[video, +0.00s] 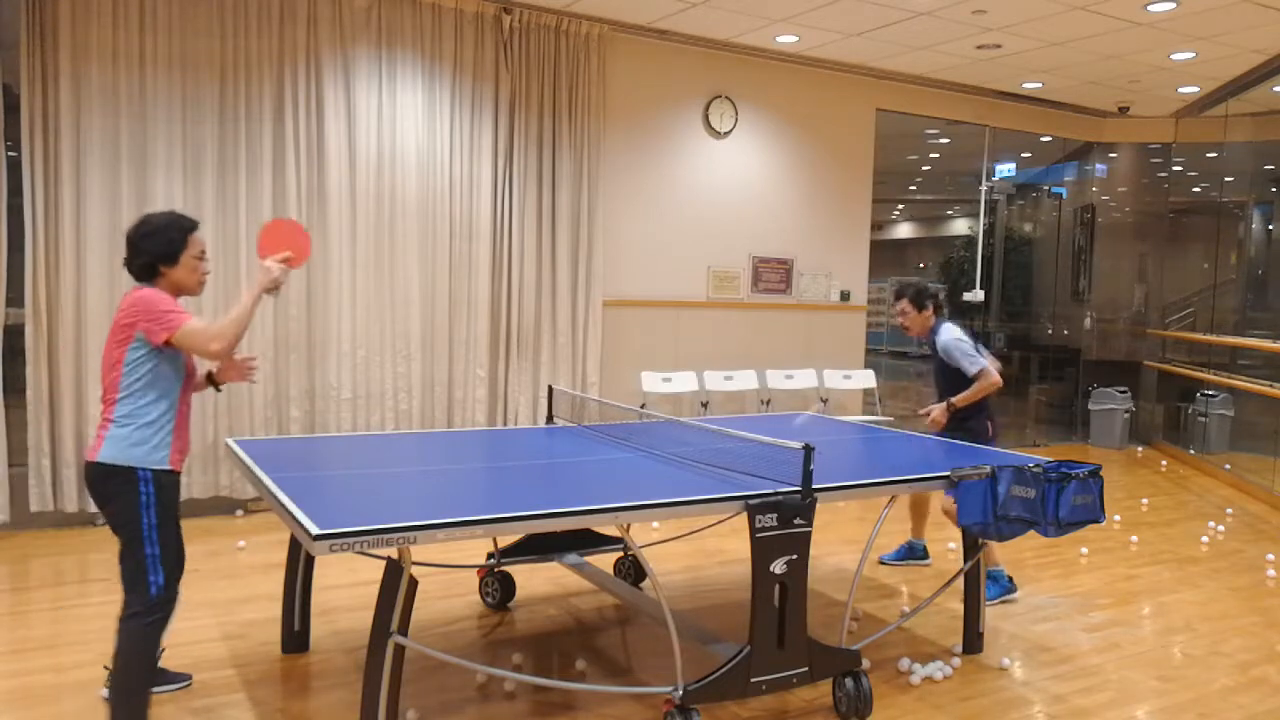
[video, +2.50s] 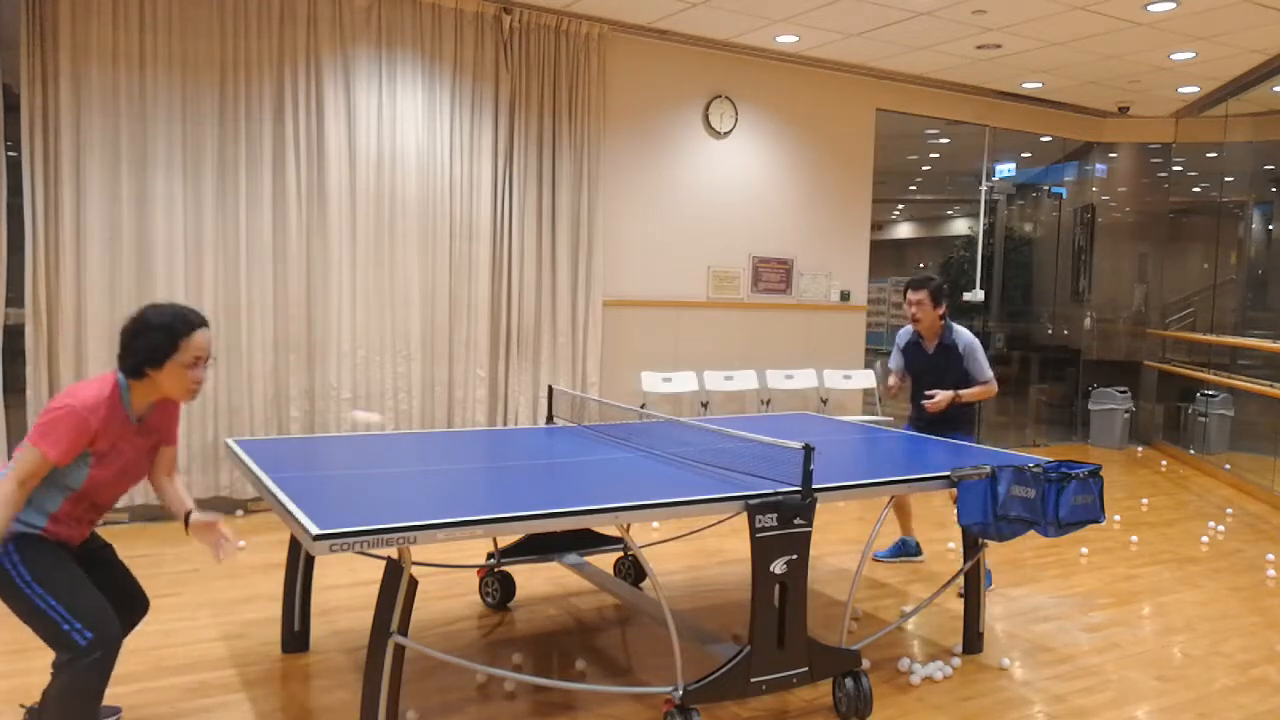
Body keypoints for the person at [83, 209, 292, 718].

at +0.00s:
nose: (207, 264)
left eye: (205, 254)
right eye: (197, 255)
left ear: (168, 262)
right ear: (165, 262)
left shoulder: (159, 308)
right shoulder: (146, 302)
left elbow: (158, 389)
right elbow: (217, 343)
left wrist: (212, 377)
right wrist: (258, 288)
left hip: (148, 464)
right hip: (132, 465)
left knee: (165, 568)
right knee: (150, 588)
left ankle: (136, 667)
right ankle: (128, 705)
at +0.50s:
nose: (236, 348)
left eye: (237, 337)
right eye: (227, 339)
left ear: (196, 343)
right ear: (190, 342)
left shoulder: (203, 382)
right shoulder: (133, 380)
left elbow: (199, 450)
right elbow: (82, 438)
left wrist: (213, 438)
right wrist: (52, 463)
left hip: (134, 514)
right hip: (81, 516)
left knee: (193, 578)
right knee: (155, 619)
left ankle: (134, 673)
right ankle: (129, 709)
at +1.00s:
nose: (195, 272)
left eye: (192, 262)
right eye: (186, 264)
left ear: (156, 276)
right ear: (155, 275)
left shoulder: (142, 322)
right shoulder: (127, 318)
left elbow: (156, 390)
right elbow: (166, 380)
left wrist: (201, 375)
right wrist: (237, 330)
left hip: (124, 485)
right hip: (102, 488)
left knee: (155, 576)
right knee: (155, 612)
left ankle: (130, 676)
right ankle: (122, 708)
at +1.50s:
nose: (211, 312)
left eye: (214, 300)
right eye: (202, 301)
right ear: (163, 300)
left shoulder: (167, 352)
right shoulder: (118, 343)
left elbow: (147, 422)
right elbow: (85, 421)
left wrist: (190, 409)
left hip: (113, 506)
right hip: (73, 508)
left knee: (127, 598)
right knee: (157, 627)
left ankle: (114, 679)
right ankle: (124, 709)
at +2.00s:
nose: (179, 276)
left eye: (177, 265)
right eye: (169, 266)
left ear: (140, 274)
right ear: (132, 271)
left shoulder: (123, 325)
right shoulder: (92, 318)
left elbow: (139, 396)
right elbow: (93, 408)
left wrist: (193, 376)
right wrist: (181, 394)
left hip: (67, 499)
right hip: (40, 498)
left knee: (72, 628)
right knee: (100, 631)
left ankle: (52, 710)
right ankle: (72, 714)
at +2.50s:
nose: (203, 375)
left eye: (206, 363)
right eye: (195, 364)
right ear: (153, 363)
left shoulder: (164, 405)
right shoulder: (84, 408)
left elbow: (165, 476)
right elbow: (16, 481)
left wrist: (191, 516)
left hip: (70, 535)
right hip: (19, 536)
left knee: (129, 605)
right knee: (96, 636)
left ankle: (62, 704)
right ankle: (63, 713)